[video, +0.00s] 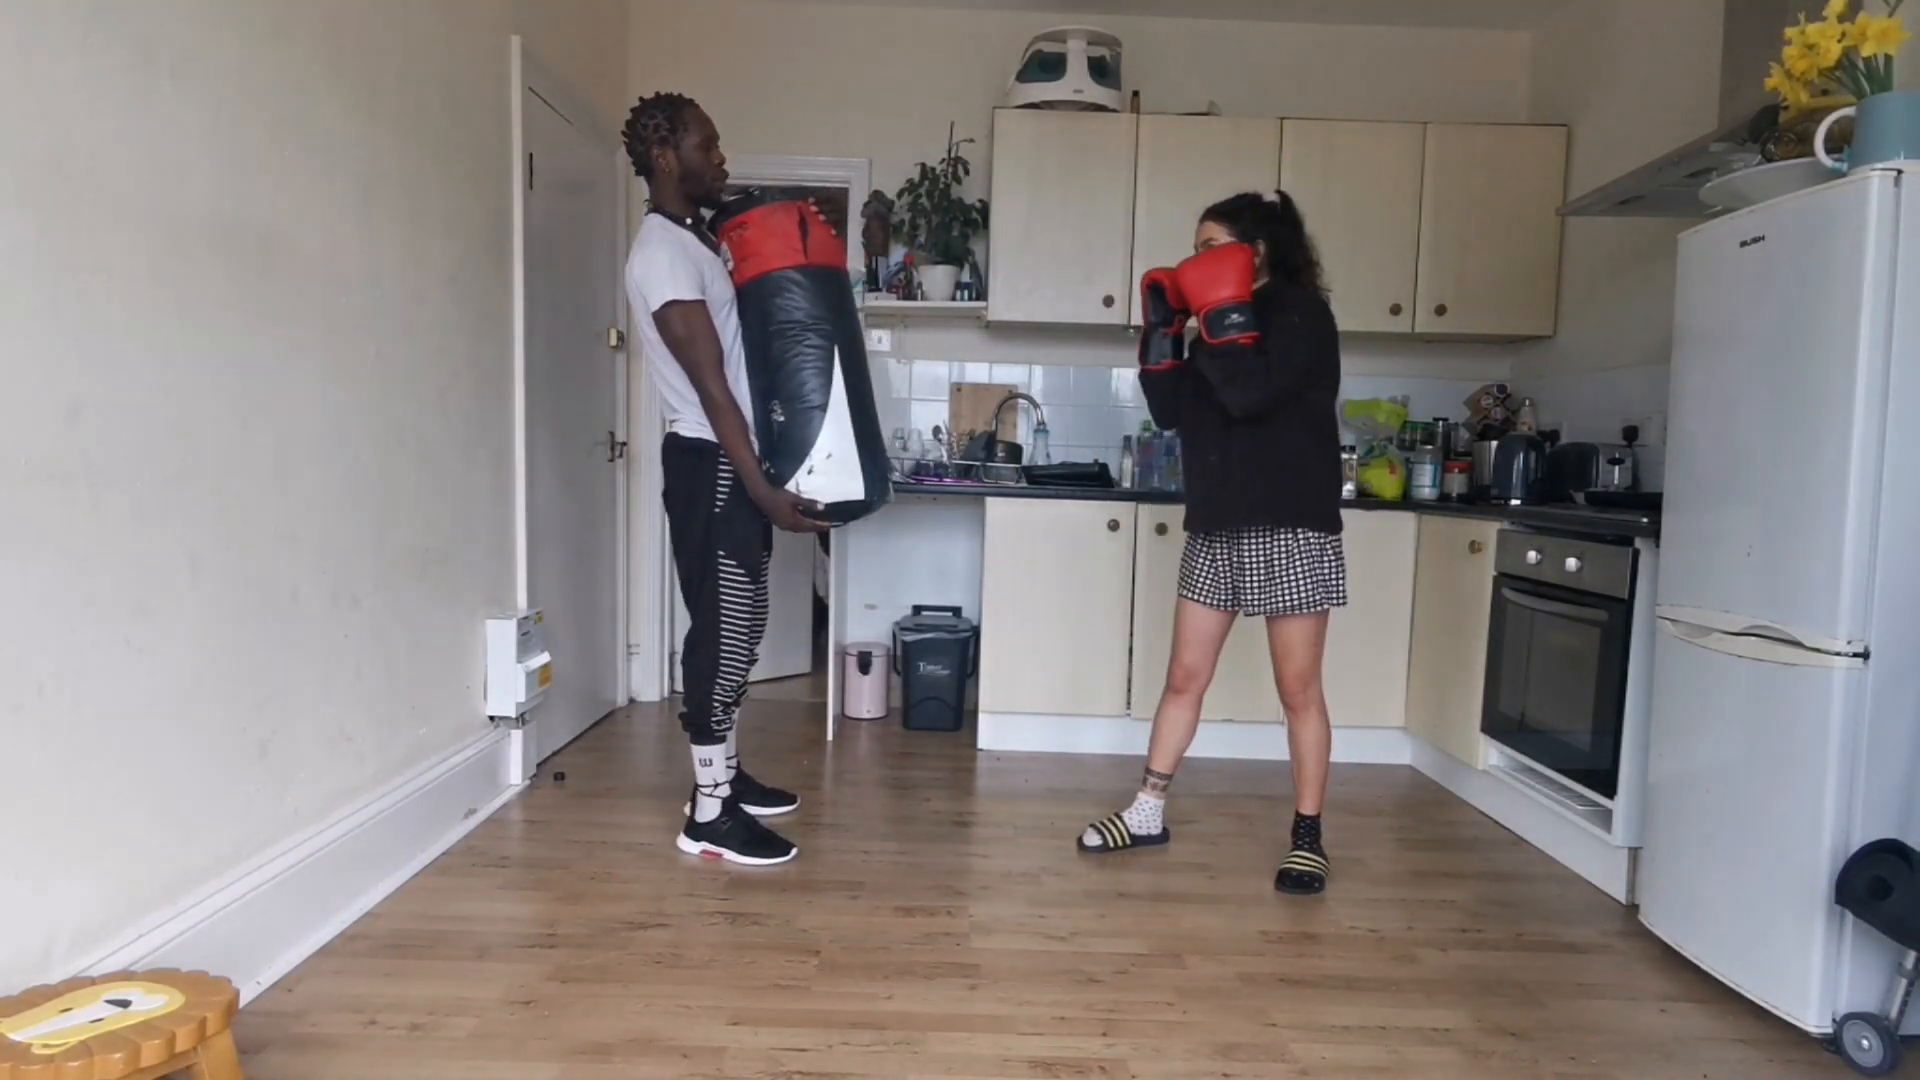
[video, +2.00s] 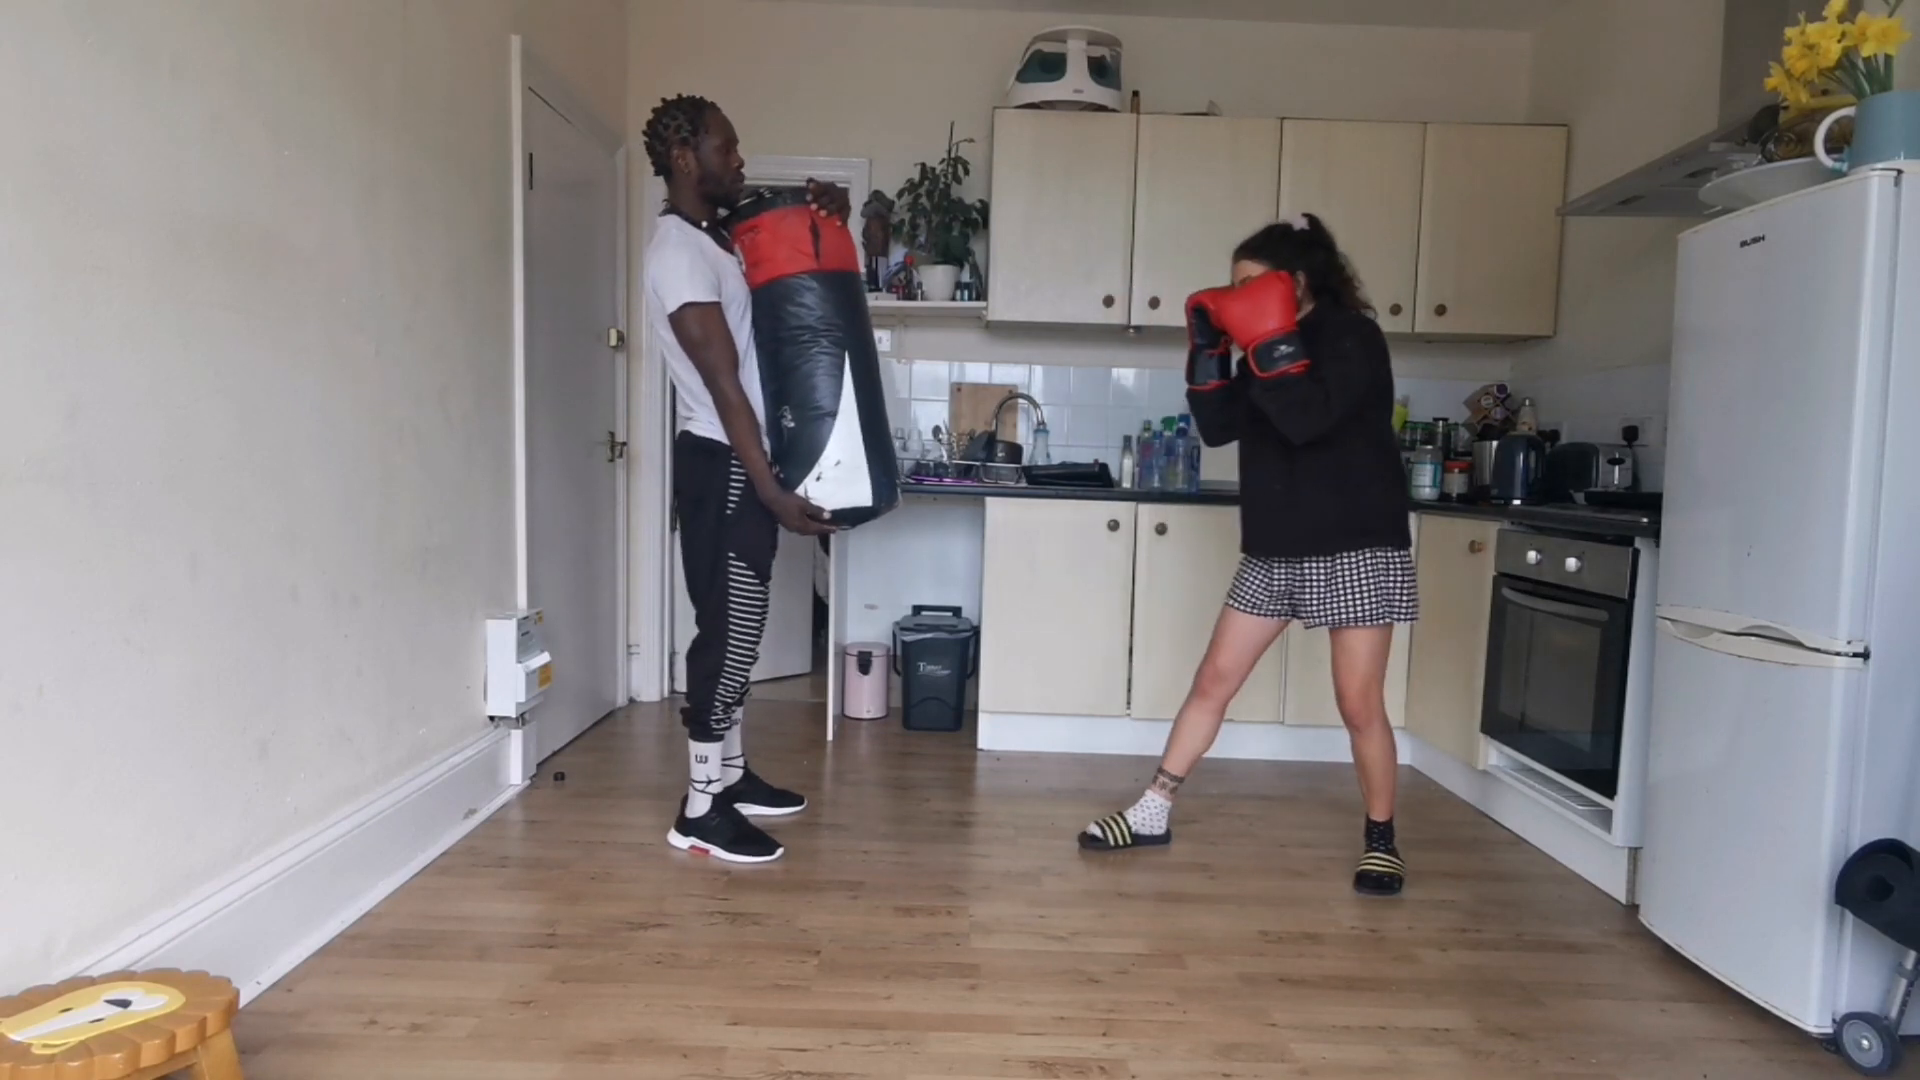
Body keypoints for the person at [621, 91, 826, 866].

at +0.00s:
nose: (723, 159)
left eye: (718, 145)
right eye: (707, 146)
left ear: (670, 159)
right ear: (664, 157)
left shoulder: (694, 240)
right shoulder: (662, 249)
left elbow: (744, 337)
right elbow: (708, 381)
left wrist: (766, 243)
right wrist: (759, 482)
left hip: (731, 452)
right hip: (706, 457)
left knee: (736, 617)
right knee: (729, 622)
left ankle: (722, 776)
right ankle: (709, 812)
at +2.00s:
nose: (741, 162)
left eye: (737, 148)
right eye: (726, 148)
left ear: (692, 159)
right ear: (683, 157)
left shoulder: (713, 239)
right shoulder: (677, 247)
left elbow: (785, 302)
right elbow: (721, 379)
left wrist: (820, 220)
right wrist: (770, 484)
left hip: (746, 451)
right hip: (719, 455)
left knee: (738, 620)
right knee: (732, 623)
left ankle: (726, 774)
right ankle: (703, 804)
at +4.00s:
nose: (761, 171)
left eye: (759, 158)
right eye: (748, 158)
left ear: (712, 168)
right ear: (704, 165)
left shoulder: (730, 246)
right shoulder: (695, 252)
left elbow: (799, 321)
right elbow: (733, 386)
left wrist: (843, 234)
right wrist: (780, 491)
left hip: (755, 454)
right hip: (725, 458)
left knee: (753, 623)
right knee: (735, 627)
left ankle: (738, 776)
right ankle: (702, 803)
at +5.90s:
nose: (748, 161)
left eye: (747, 147)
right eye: (737, 147)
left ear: (696, 155)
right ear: (690, 153)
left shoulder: (711, 236)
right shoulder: (680, 244)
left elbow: (785, 314)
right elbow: (727, 381)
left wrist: (827, 227)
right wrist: (777, 493)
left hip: (745, 450)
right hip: (716, 454)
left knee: (749, 622)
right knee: (728, 627)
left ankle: (736, 778)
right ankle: (700, 806)